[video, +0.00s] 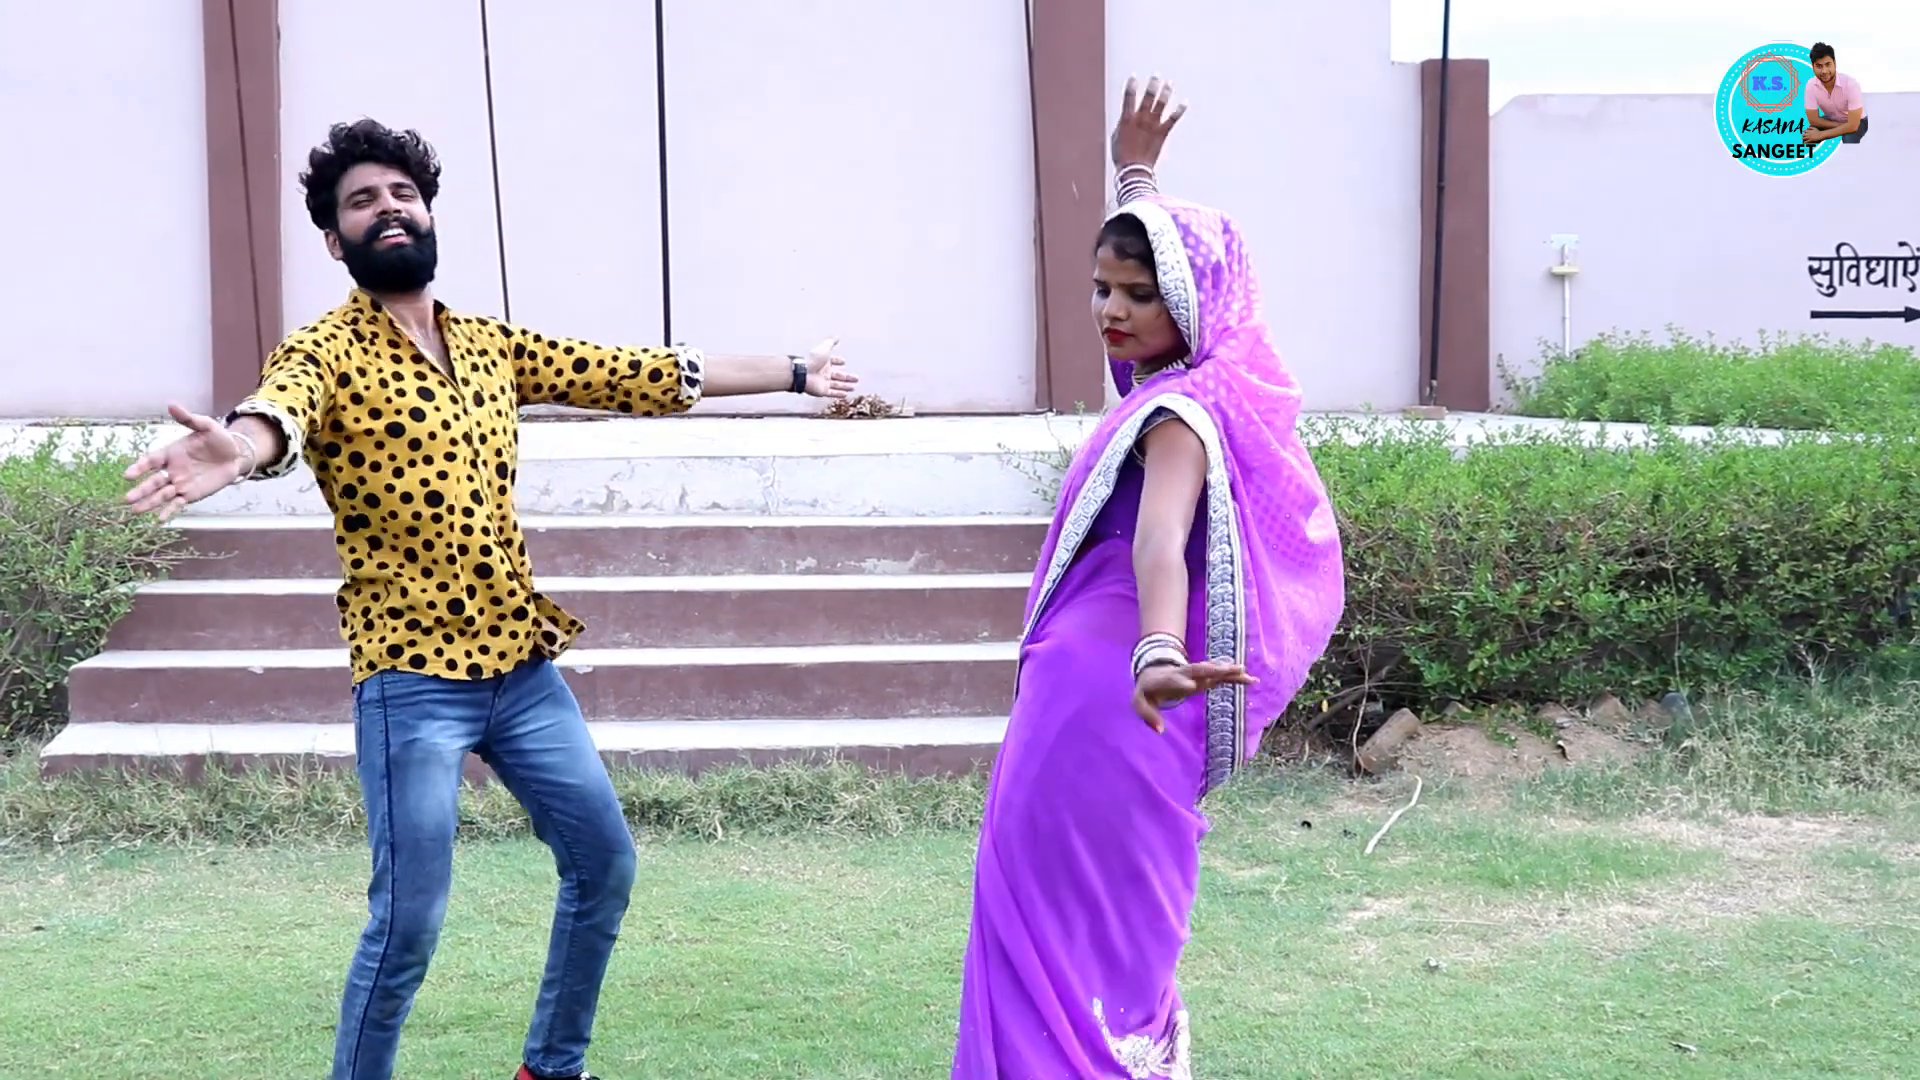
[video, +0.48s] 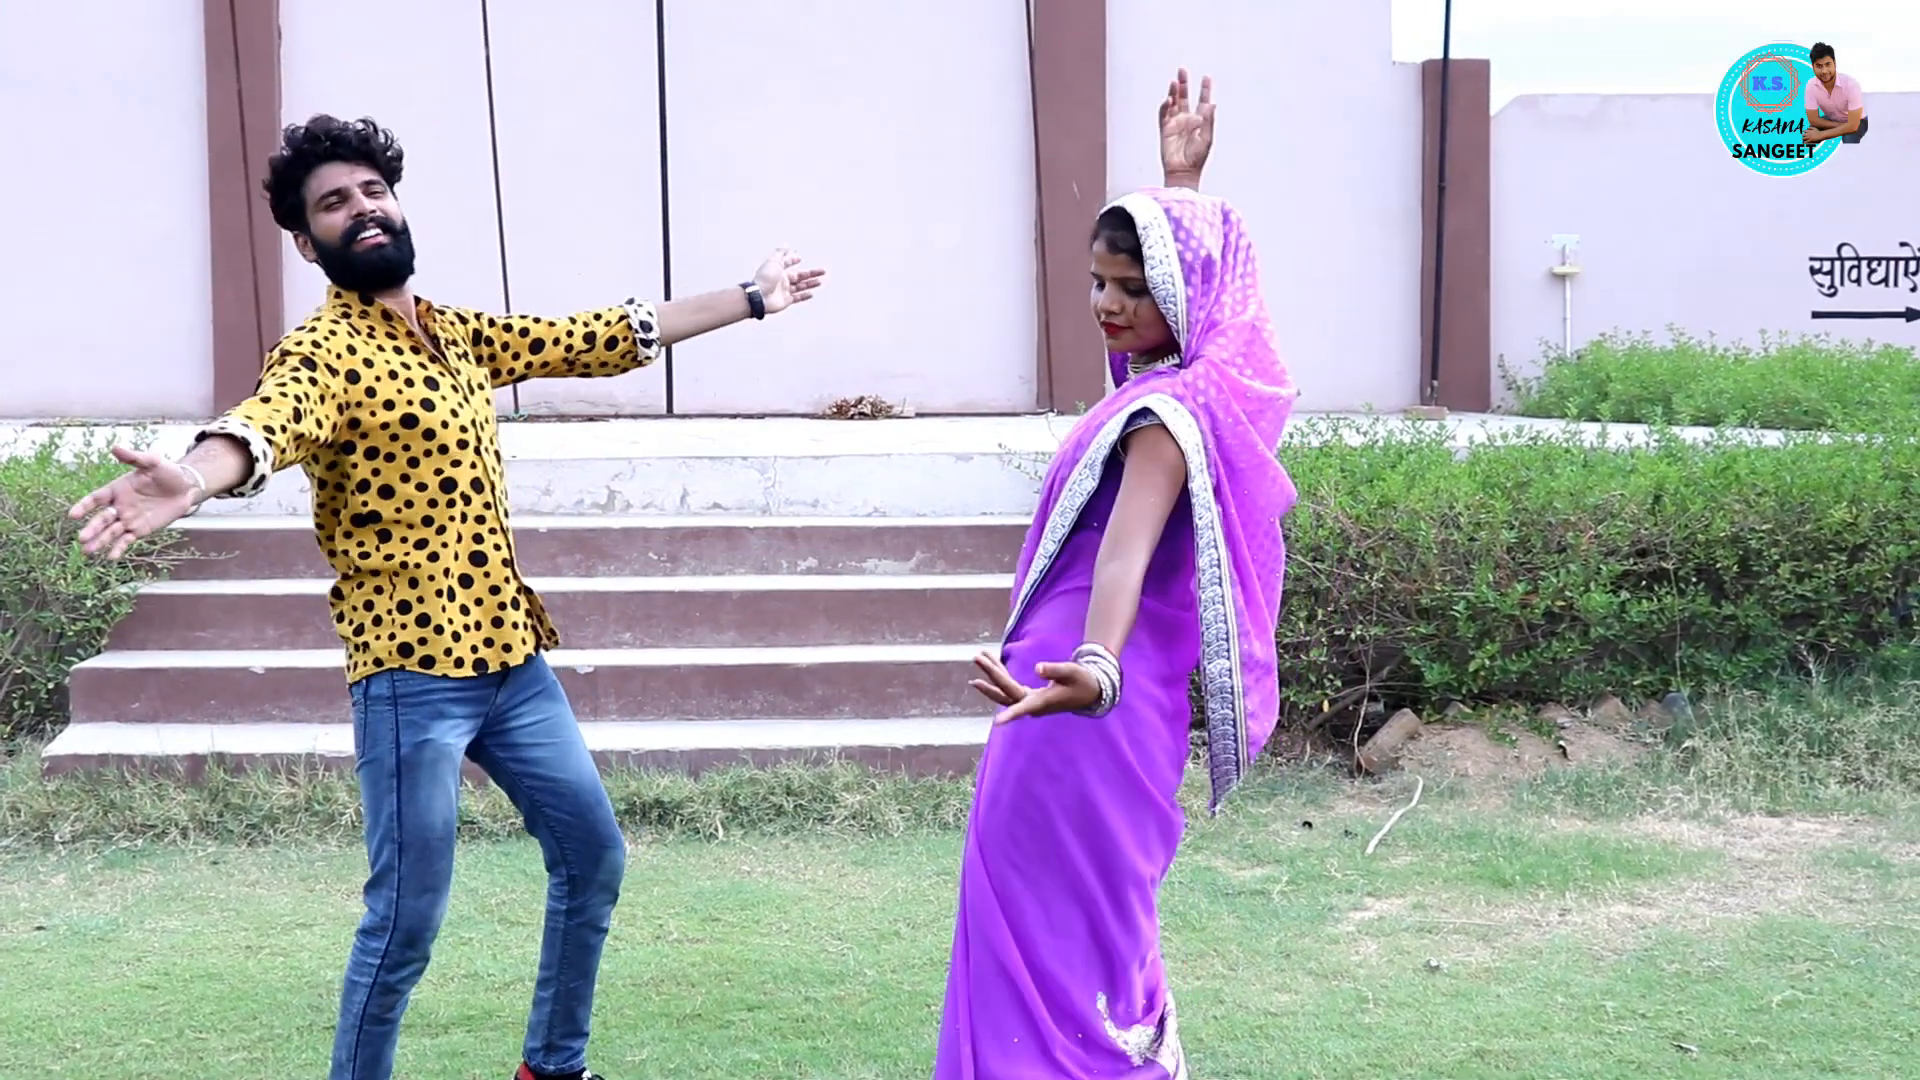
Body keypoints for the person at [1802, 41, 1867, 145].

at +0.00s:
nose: (1824, 71)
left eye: (1828, 65)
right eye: (1819, 66)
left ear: (1835, 64)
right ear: (1813, 67)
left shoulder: (1850, 84)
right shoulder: (1812, 85)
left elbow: (1853, 126)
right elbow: (1813, 120)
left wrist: (1820, 135)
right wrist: (1843, 126)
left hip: (1854, 122)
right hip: (1829, 121)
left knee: (1849, 140)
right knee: (1810, 136)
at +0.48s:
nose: (1824, 71)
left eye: (1828, 65)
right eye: (1819, 66)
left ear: (1835, 64)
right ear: (1813, 67)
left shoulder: (1850, 84)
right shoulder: (1812, 85)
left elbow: (1853, 126)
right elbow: (1813, 120)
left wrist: (1820, 135)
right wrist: (1843, 126)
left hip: (1854, 122)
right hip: (1829, 121)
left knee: (1849, 140)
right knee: (1810, 136)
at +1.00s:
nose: (1824, 71)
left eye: (1828, 65)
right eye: (1819, 66)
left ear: (1835, 63)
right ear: (1813, 67)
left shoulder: (1850, 85)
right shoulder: (1812, 86)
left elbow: (1853, 126)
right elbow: (1813, 120)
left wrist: (1820, 135)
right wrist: (1843, 126)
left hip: (1855, 122)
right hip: (1830, 121)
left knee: (1848, 140)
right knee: (1810, 136)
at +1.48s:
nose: (1824, 71)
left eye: (1828, 65)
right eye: (1819, 66)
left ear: (1835, 63)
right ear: (1813, 67)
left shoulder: (1851, 85)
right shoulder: (1812, 86)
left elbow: (1853, 126)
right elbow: (1813, 120)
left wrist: (1820, 135)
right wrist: (1843, 126)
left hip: (1855, 122)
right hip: (1830, 121)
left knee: (1848, 140)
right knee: (1810, 136)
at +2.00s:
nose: (1824, 71)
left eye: (1828, 65)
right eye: (1819, 66)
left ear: (1835, 63)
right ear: (1813, 67)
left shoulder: (1850, 85)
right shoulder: (1812, 86)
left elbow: (1853, 126)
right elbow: (1813, 120)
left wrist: (1820, 135)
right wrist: (1843, 126)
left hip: (1855, 122)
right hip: (1830, 121)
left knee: (1848, 140)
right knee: (1810, 136)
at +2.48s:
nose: (1824, 71)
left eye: (1828, 65)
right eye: (1819, 66)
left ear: (1835, 63)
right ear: (1813, 67)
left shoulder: (1850, 84)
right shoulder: (1812, 86)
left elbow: (1852, 126)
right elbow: (1813, 120)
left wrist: (1820, 135)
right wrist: (1843, 126)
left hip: (1855, 122)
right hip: (1829, 121)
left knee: (1849, 140)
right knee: (1810, 137)